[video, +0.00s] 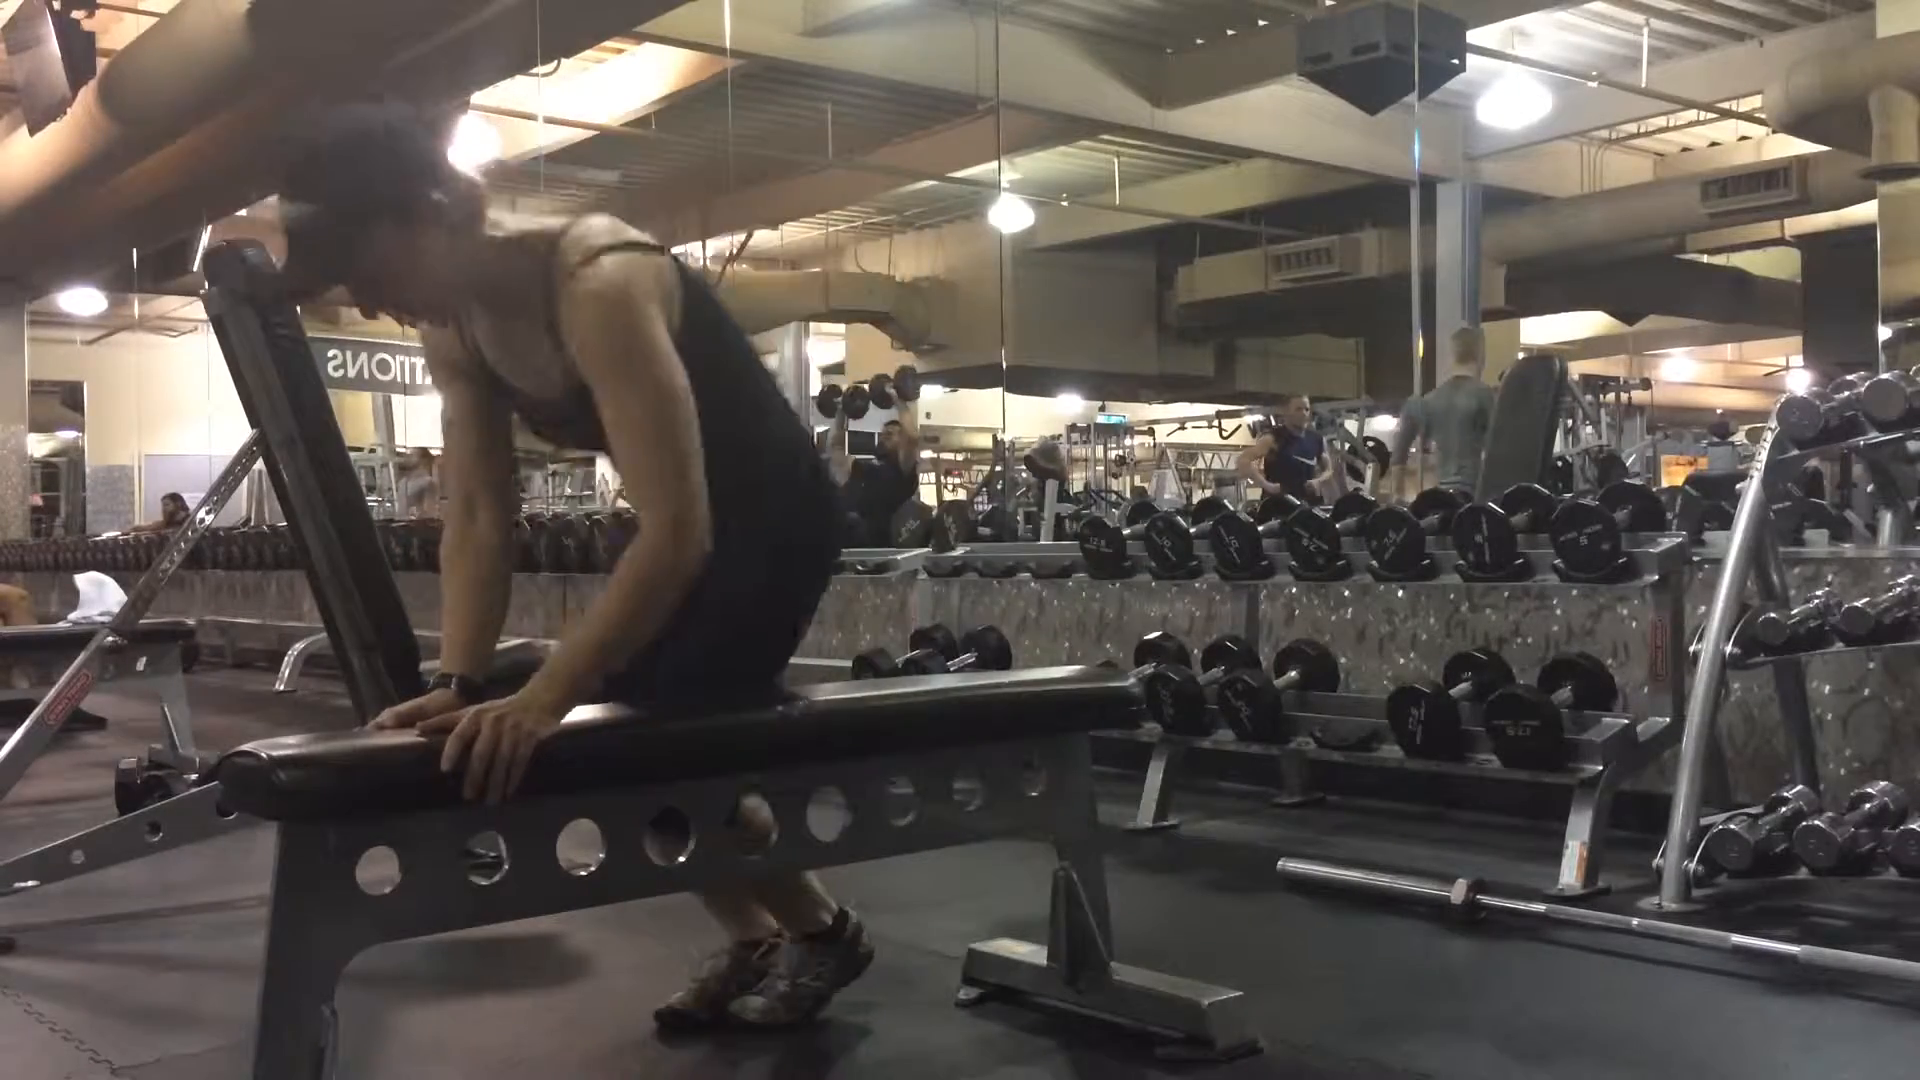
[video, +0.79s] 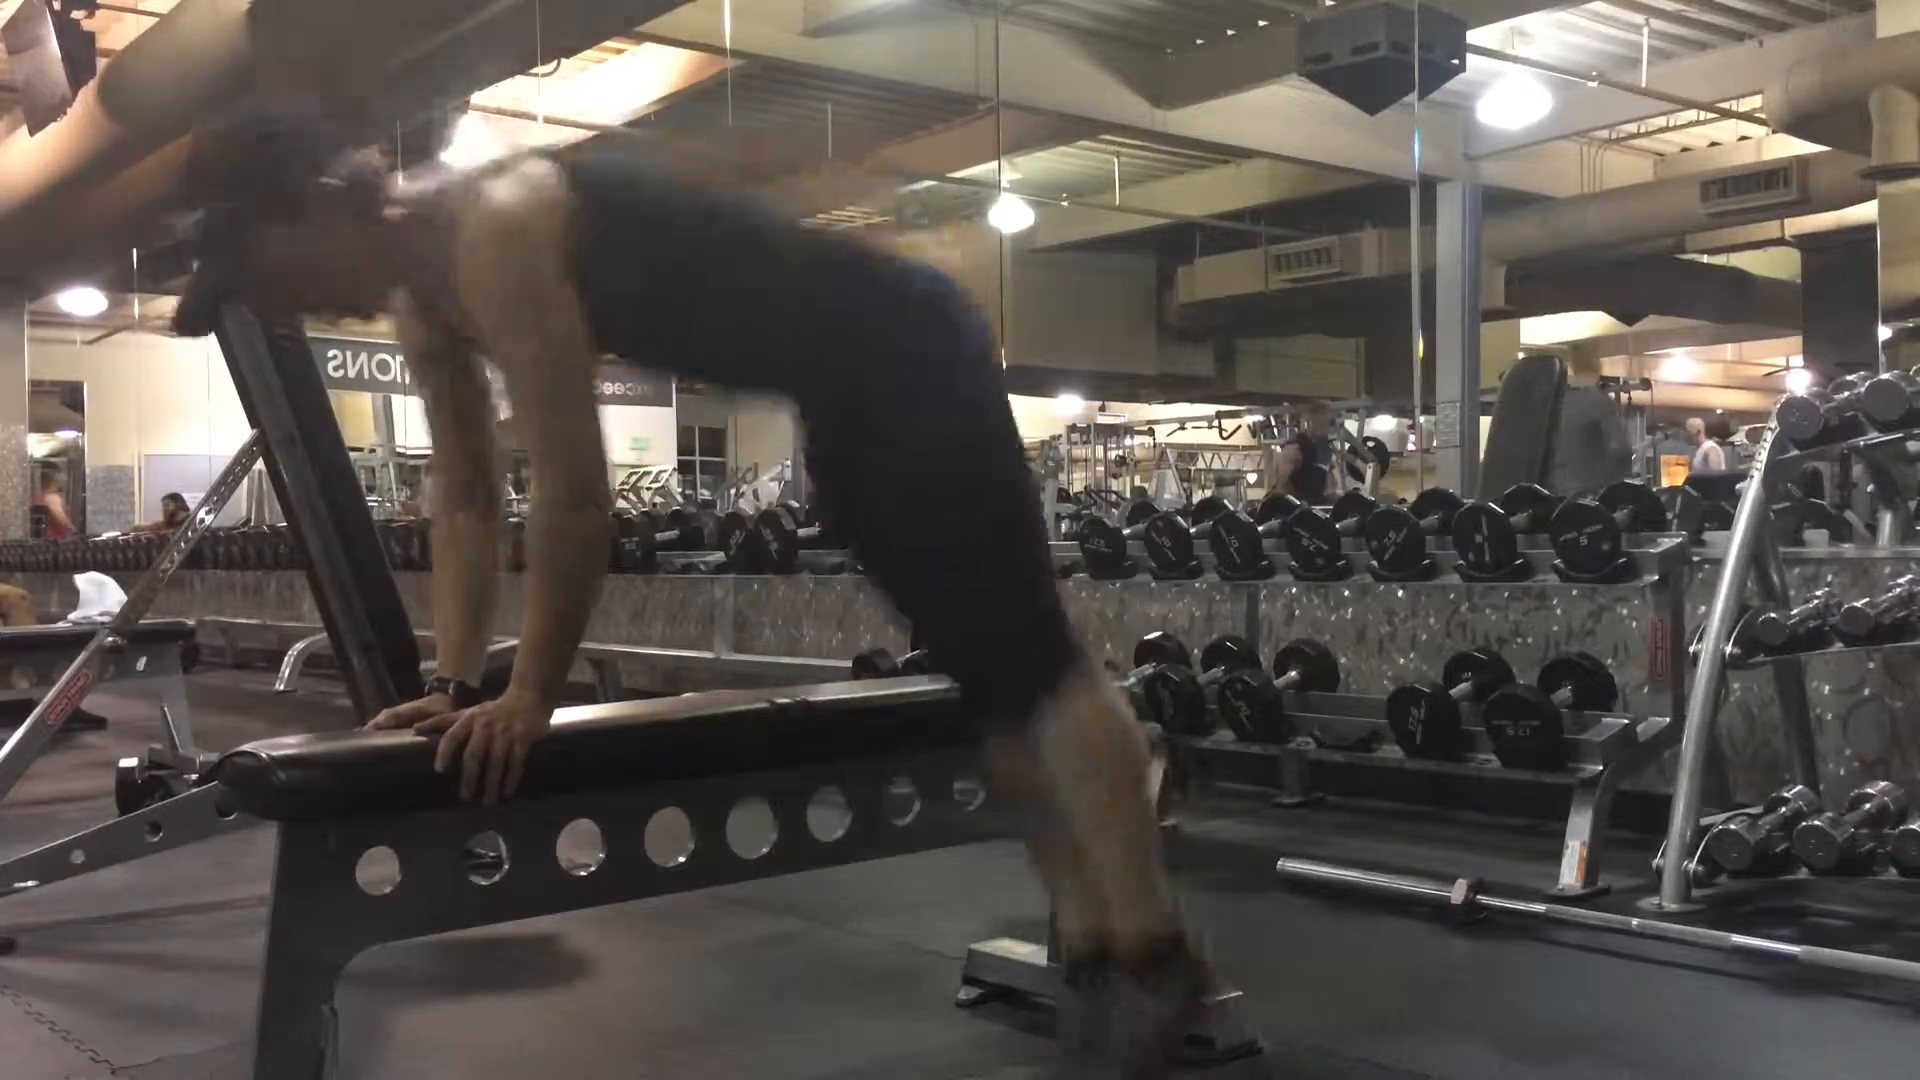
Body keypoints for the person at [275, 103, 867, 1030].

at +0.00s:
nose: (370, 308)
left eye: (370, 273)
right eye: (353, 288)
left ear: (440, 213)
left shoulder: (605, 285)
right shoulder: (457, 322)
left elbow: (677, 531)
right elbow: (476, 506)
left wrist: (540, 701)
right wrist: (457, 681)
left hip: (774, 522)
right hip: (680, 525)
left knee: (673, 738)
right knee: (627, 744)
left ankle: (821, 930)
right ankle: (756, 940)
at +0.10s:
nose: (318, 294)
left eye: (314, 259)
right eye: (298, 277)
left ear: (370, 193)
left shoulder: (548, 224)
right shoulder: (403, 298)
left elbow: (618, 483)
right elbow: (430, 485)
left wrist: (534, 696)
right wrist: (451, 683)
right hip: (686, 423)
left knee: (767, 670)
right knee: (727, 670)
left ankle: (811, 883)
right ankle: (732, 887)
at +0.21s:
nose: (303, 313)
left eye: (285, 283)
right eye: (278, 302)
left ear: (328, 199)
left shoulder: (520, 205)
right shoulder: (408, 284)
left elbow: (575, 472)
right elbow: (438, 487)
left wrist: (531, 695)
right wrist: (450, 684)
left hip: (807, 244)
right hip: (701, 282)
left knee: (762, 542)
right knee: (711, 551)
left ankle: (900, 588)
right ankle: (880, 579)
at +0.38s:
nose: (318, 321)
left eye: (299, 296)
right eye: (293, 312)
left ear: (341, 210)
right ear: (330, 219)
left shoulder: (517, 208)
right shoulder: (422, 268)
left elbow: (578, 475)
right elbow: (453, 479)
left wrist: (529, 699)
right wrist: (449, 677)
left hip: (846, 230)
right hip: (749, 275)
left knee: (791, 508)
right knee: (710, 523)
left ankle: (999, 419)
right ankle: (952, 426)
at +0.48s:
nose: (312, 313)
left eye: (292, 287)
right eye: (287, 302)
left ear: (333, 203)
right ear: (318, 220)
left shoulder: (513, 204)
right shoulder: (423, 260)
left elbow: (566, 475)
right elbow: (458, 471)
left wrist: (530, 691)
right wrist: (453, 674)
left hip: (872, 240)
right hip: (788, 288)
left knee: (853, 549)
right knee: (790, 571)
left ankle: (1126, 686)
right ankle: (1067, 658)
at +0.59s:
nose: (321, 294)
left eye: (303, 264)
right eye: (297, 281)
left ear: (348, 179)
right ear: (331, 212)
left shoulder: (520, 212)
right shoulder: (453, 284)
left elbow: (580, 488)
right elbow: (478, 487)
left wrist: (529, 697)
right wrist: (454, 677)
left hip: (903, 347)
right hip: (830, 390)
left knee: (970, 690)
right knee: (918, 712)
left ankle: (1151, 961)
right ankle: (1108, 951)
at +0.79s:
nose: (312, 312)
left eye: (296, 283)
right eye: (288, 301)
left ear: (340, 201)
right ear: (311, 239)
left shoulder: (496, 226)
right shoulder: (425, 289)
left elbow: (571, 493)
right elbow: (462, 490)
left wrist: (530, 694)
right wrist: (453, 681)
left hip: (901, 339)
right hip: (839, 373)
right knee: (989, 675)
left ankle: (1157, 956)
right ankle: (1090, 936)